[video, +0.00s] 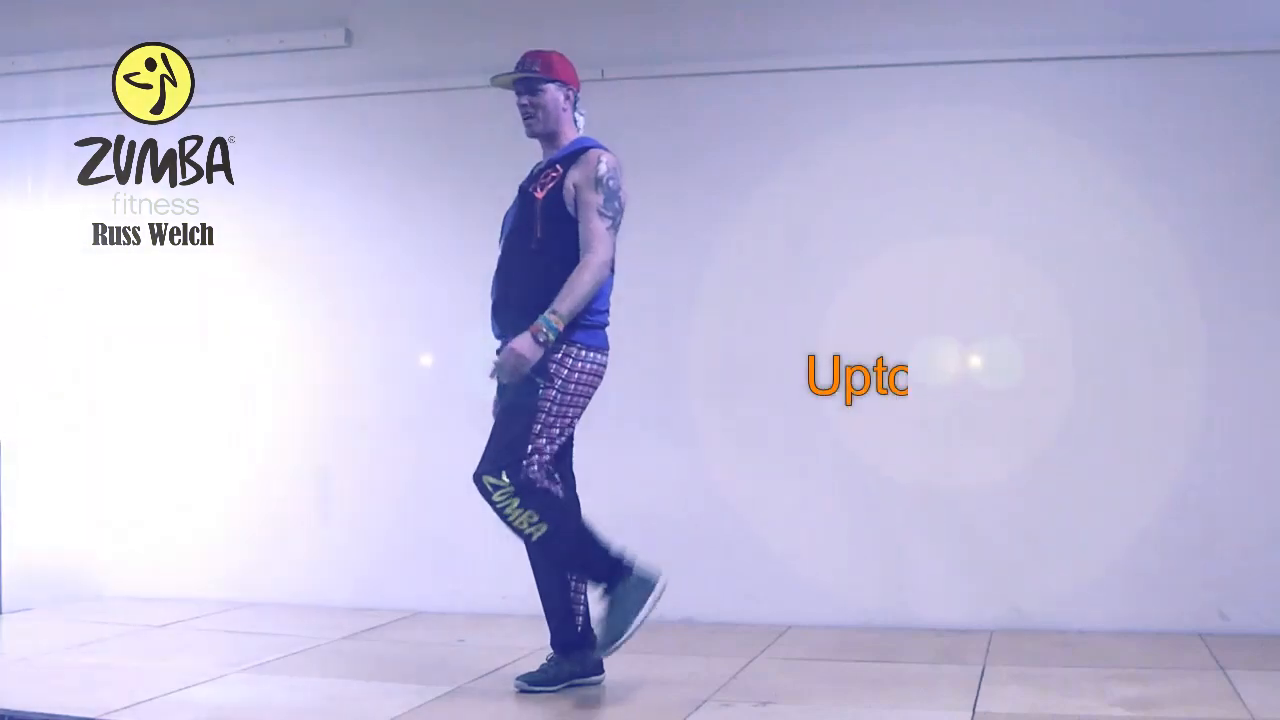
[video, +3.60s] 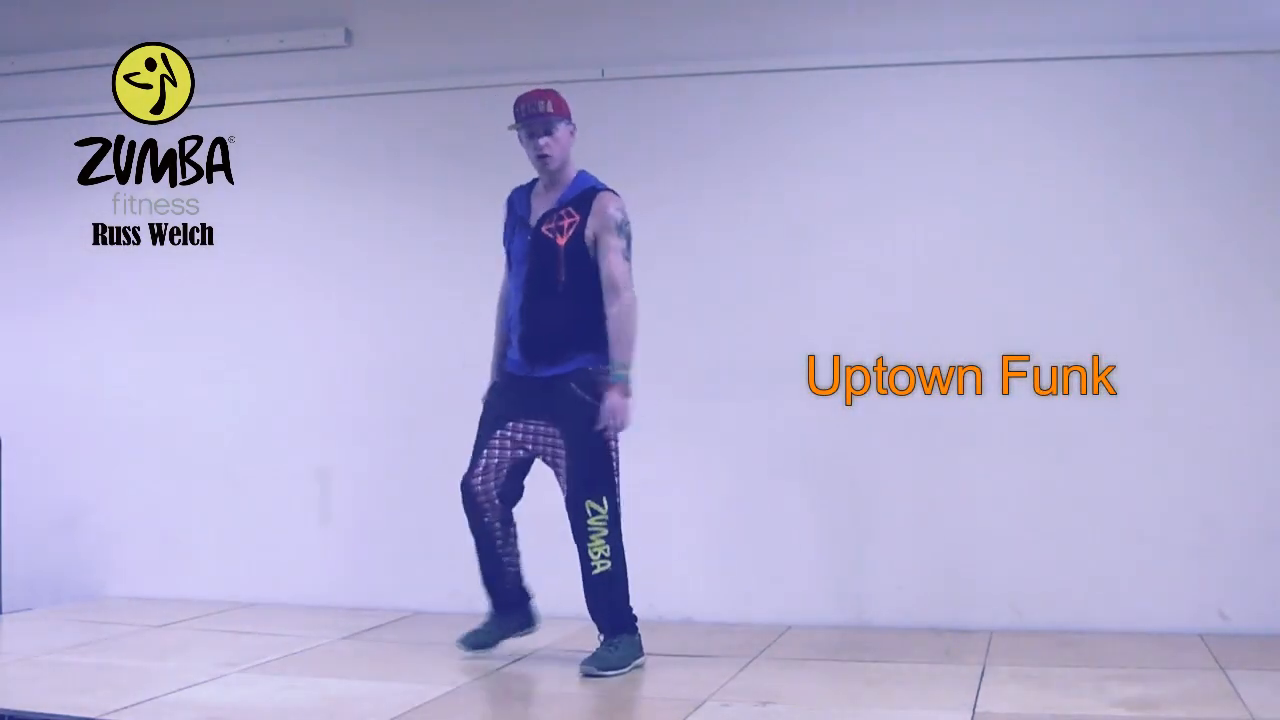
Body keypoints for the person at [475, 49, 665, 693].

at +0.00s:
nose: (523, 101)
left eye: (534, 90)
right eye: (518, 93)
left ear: (569, 94)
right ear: (522, 103)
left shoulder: (592, 164)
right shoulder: (541, 174)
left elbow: (598, 260)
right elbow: (532, 266)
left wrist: (540, 333)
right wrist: (512, 341)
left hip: (567, 351)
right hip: (536, 351)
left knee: (501, 477)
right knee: (546, 498)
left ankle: (619, 577)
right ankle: (574, 654)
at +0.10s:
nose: (522, 100)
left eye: (533, 89)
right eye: (517, 92)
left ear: (567, 95)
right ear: (519, 102)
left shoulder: (591, 163)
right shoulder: (539, 174)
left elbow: (595, 259)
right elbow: (530, 265)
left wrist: (544, 339)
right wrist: (510, 340)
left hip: (566, 350)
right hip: (529, 350)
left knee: (505, 477)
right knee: (547, 489)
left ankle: (593, 611)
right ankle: (572, 653)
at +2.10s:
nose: (487, 116)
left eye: (498, 106)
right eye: (481, 108)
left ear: (526, 114)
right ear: (476, 120)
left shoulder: (564, 182)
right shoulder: (478, 198)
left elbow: (610, 268)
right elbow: (475, 286)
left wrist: (589, 350)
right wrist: (445, 362)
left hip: (553, 372)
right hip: (492, 375)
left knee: (556, 506)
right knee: (504, 510)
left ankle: (576, 634)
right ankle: (527, 635)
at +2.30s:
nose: (492, 125)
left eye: (502, 115)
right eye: (485, 118)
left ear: (531, 122)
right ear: (482, 131)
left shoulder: (574, 184)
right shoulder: (487, 207)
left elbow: (617, 266)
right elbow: (495, 293)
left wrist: (558, 248)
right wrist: (448, 355)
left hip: (574, 373)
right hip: (506, 373)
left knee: (571, 504)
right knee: (484, 484)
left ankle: (575, 629)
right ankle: (510, 617)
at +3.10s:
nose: (521, 126)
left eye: (531, 115)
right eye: (511, 118)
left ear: (552, 122)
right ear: (501, 130)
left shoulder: (592, 184)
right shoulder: (501, 207)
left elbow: (667, 236)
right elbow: (490, 298)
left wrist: (649, 195)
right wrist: (458, 377)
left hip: (593, 372)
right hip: (526, 377)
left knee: (602, 504)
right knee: (520, 502)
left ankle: (620, 632)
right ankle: (519, 627)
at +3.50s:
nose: (543, 137)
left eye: (552, 125)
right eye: (532, 130)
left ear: (575, 128)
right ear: (523, 138)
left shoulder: (610, 200)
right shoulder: (524, 204)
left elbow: (629, 295)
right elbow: (518, 297)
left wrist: (657, 290)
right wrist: (505, 375)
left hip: (596, 375)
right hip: (535, 376)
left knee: (597, 502)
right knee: (508, 492)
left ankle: (621, 634)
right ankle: (561, 608)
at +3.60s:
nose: (540, 143)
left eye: (549, 131)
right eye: (530, 135)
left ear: (571, 133)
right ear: (521, 142)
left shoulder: (601, 205)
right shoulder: (517, 205)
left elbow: (620, 296)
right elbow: (511, 292)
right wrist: (498, 373)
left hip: (580, 382)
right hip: (520, 382)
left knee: (593, 512)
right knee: (482, 489)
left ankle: (620, 634)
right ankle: (511, 609)